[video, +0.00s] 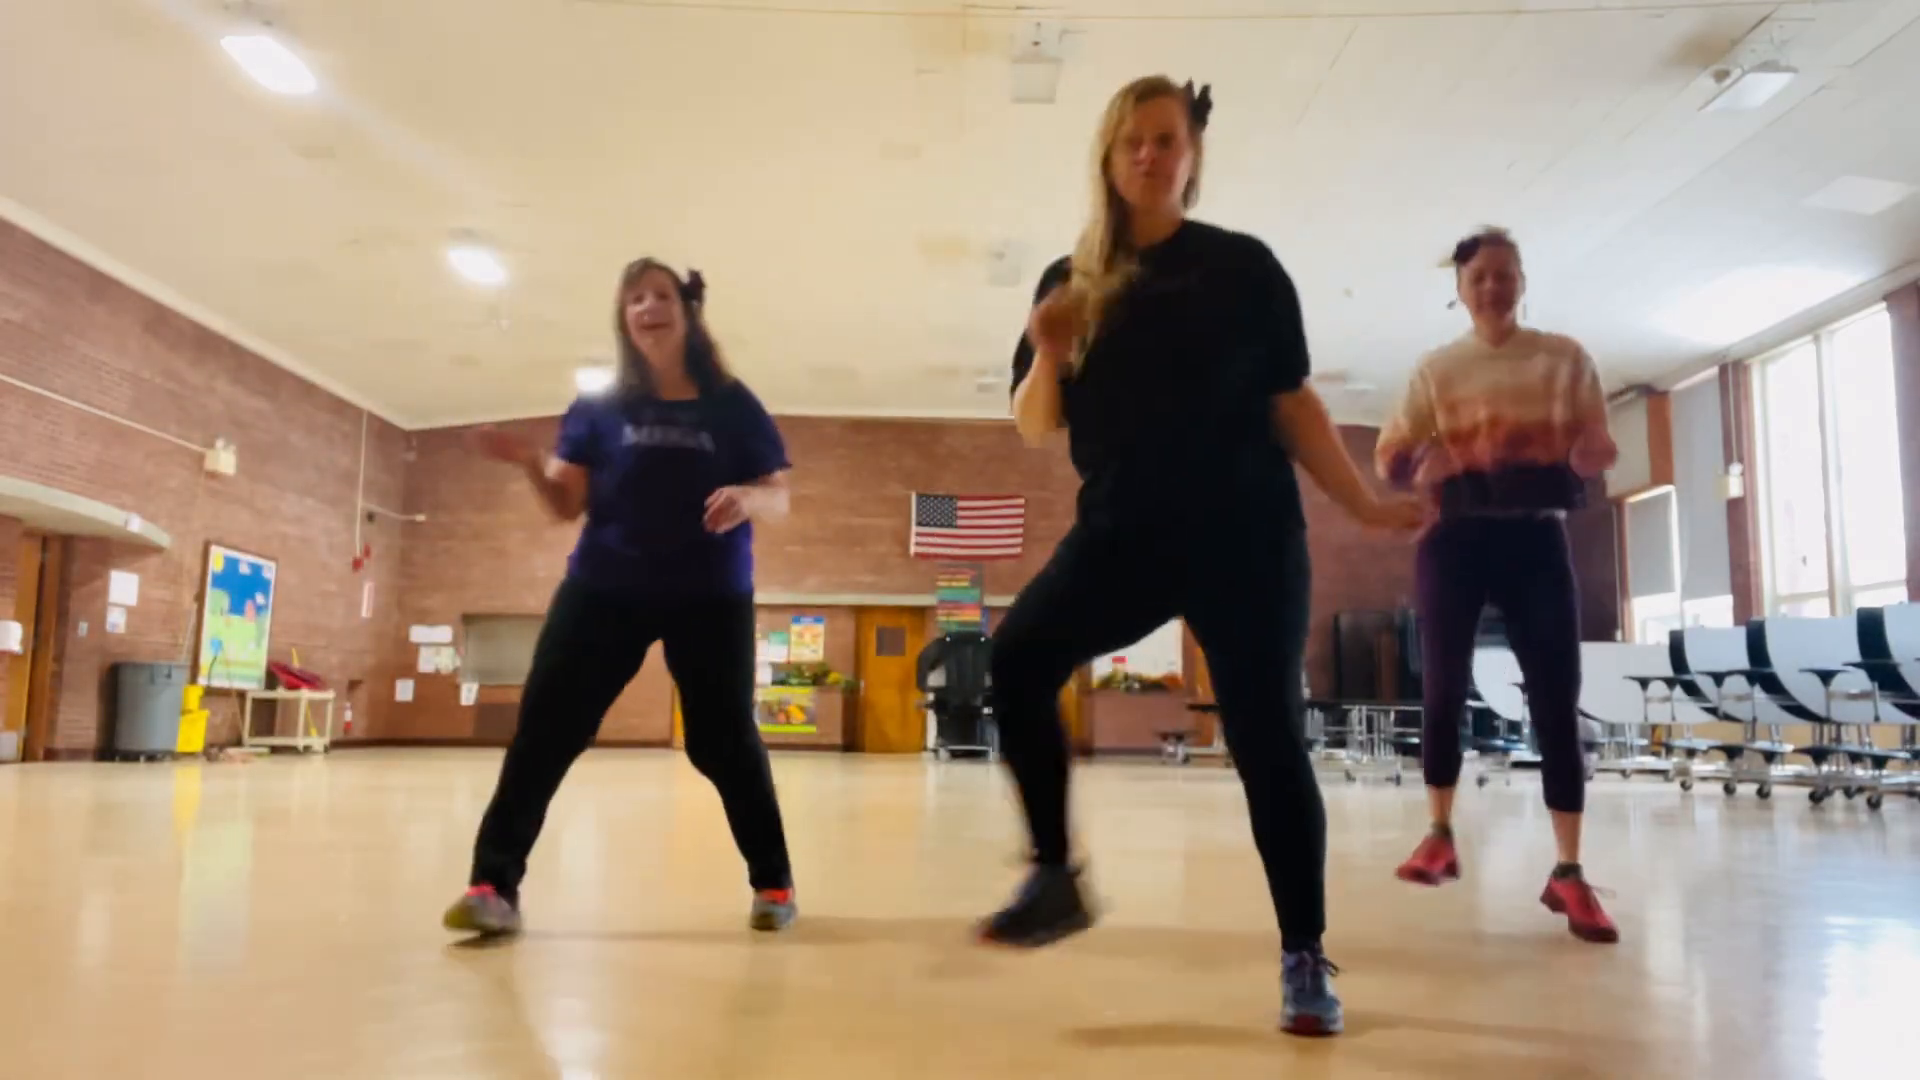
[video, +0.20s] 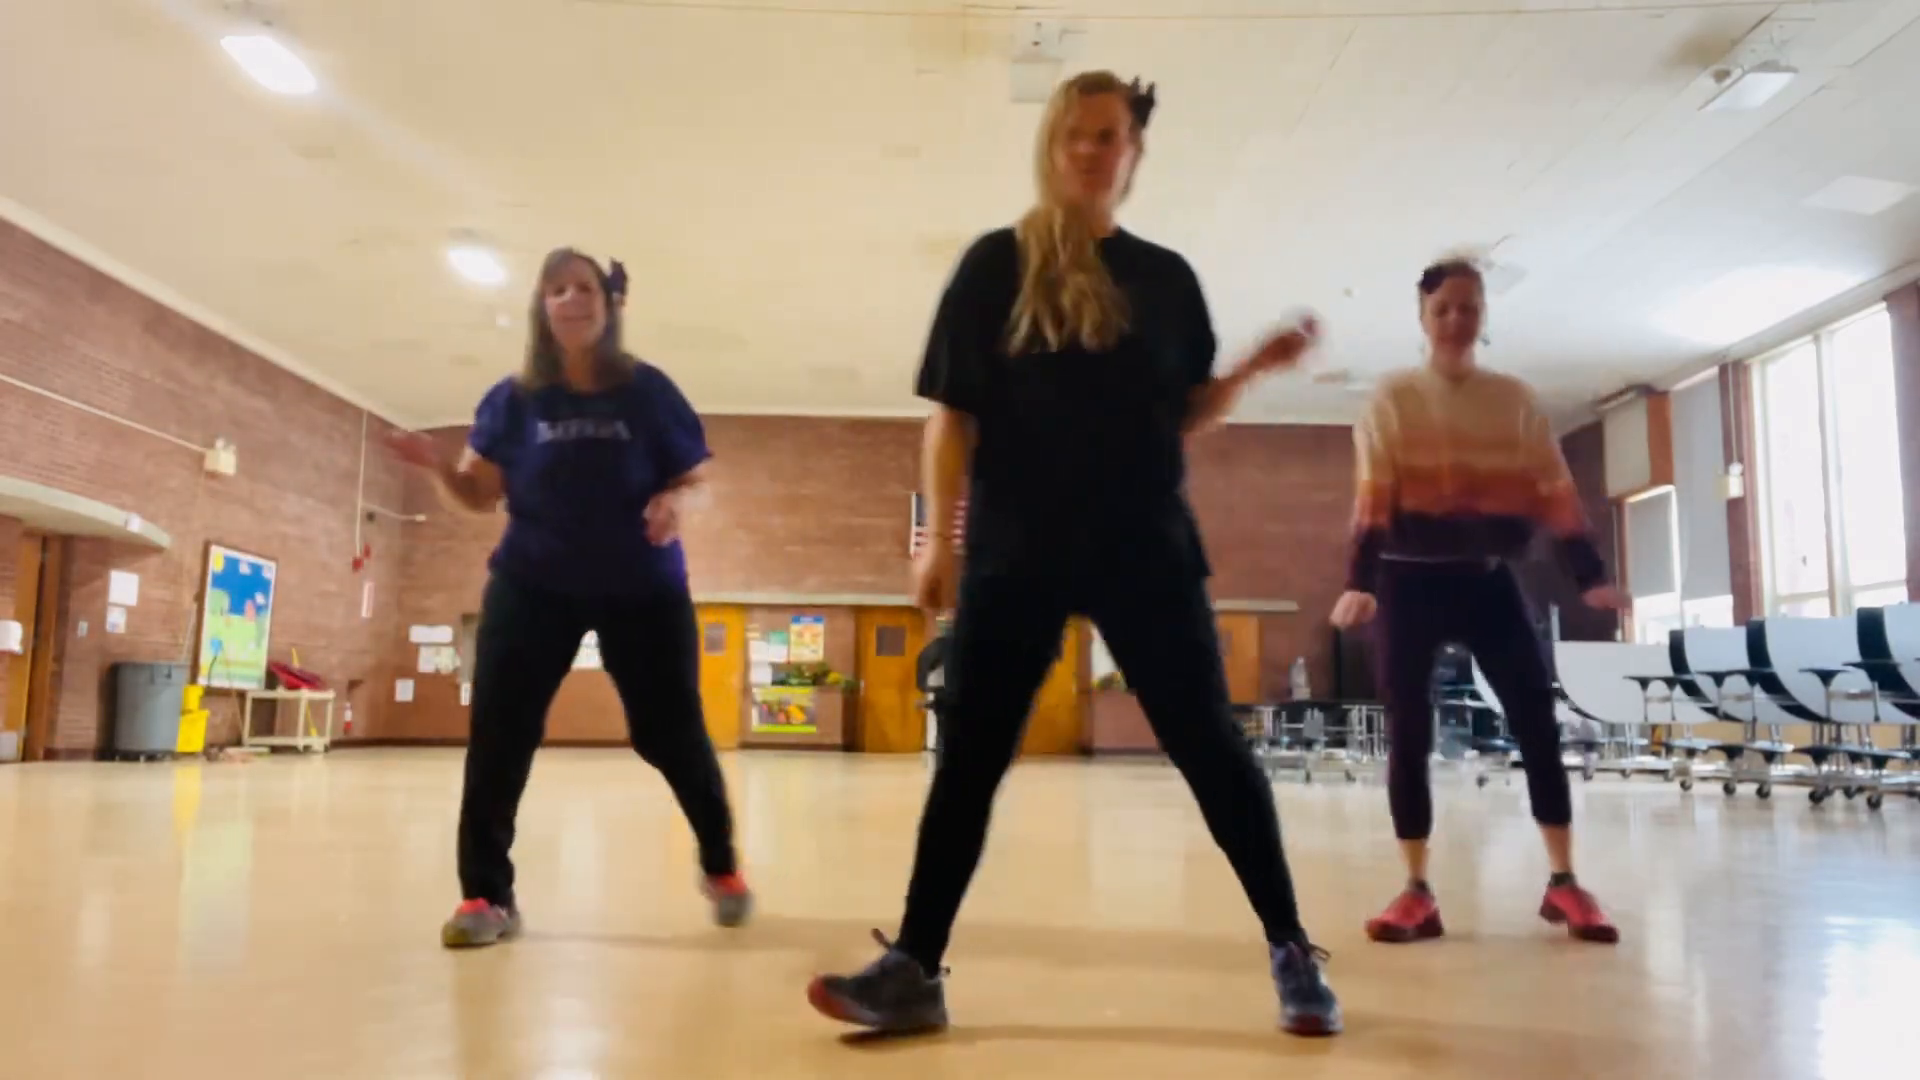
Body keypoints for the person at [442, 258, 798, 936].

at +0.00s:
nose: (647, 307)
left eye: (660, 296)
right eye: (635, 299)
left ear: (689, 311)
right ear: (622, 320)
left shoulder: (730, 403)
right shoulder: (598, 406)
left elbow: (777, 494)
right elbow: (565, 505)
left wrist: (748, 498)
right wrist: (529, 467)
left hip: (707, 593)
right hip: (607, 588)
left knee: (722, 740)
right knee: (546, 728)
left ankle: (772, 883)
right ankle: (494, 887)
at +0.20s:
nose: (571, 302)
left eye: (584, 290)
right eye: (557, 292)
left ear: (609, 304)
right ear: (541, 309)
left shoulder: (649, 392)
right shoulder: (513, 400)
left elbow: (696, 481)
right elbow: (482, 496)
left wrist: (674, 502)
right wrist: (444, 469)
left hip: (640, 584)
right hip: (535, 584)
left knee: (671, 733)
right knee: (498, 737)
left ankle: (721, 866)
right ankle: (486, 897)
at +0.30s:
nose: (542, 293)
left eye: (557, 282)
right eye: (531, 282)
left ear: (586, 300)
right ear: (513, 302)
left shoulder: (625, 385)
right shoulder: (486, 395)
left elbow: (674, 474)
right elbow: (452, 489)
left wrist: (644, 484)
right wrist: (415, 459)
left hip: (614, 587)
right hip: (512, 585)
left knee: (621, 732)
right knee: (487, 740)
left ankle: (633, 833)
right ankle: (487, 897)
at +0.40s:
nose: (525, 290)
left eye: (540, 279)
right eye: (514, 280)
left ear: (567, 299)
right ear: (497, 303)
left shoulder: (608, 385)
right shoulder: (468, 393)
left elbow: (659, 481)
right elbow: (438, 488)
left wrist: (623, 477)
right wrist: (403, 457)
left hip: (590, 589)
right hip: (491, 585)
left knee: (567, 736)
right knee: (478, 740)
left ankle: (540, 838)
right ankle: (484, 895)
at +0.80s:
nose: (499, 296)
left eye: (515, 288)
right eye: (491, 286)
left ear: (544, 306)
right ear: (476, 301)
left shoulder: (572, 406)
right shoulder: (433, 378)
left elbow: (600, 500)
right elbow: (393, 458)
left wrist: (558, 481)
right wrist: (367, 435)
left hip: (517, 590)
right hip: (419, 571)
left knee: (486, 729)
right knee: (378, 698)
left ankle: (488, 880)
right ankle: (383, 866)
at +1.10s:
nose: (426, 297)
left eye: (439, 288)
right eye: (414, 287)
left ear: (463, 303)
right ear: (395, 303)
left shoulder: (495, 397)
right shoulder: (353, 389)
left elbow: (531, 478)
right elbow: (294, 473)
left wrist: (524, 512)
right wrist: (307, 506)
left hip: (470, 592)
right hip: (365, 588)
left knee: (475, 741)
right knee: (335, 742)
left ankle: (487, 875)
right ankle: (319, 891)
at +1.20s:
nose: (402, 292)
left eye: (416, 282)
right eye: (390, 282)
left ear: (440, 299)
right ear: (372, 300)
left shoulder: (477, 390)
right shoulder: (337, 385)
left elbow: (539, 465)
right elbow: (265, 465)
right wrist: (280, 407)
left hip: (458, 585)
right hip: (349, 584)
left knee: (471, 726)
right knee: (326, 737)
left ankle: (483, 850)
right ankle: (318, 889)